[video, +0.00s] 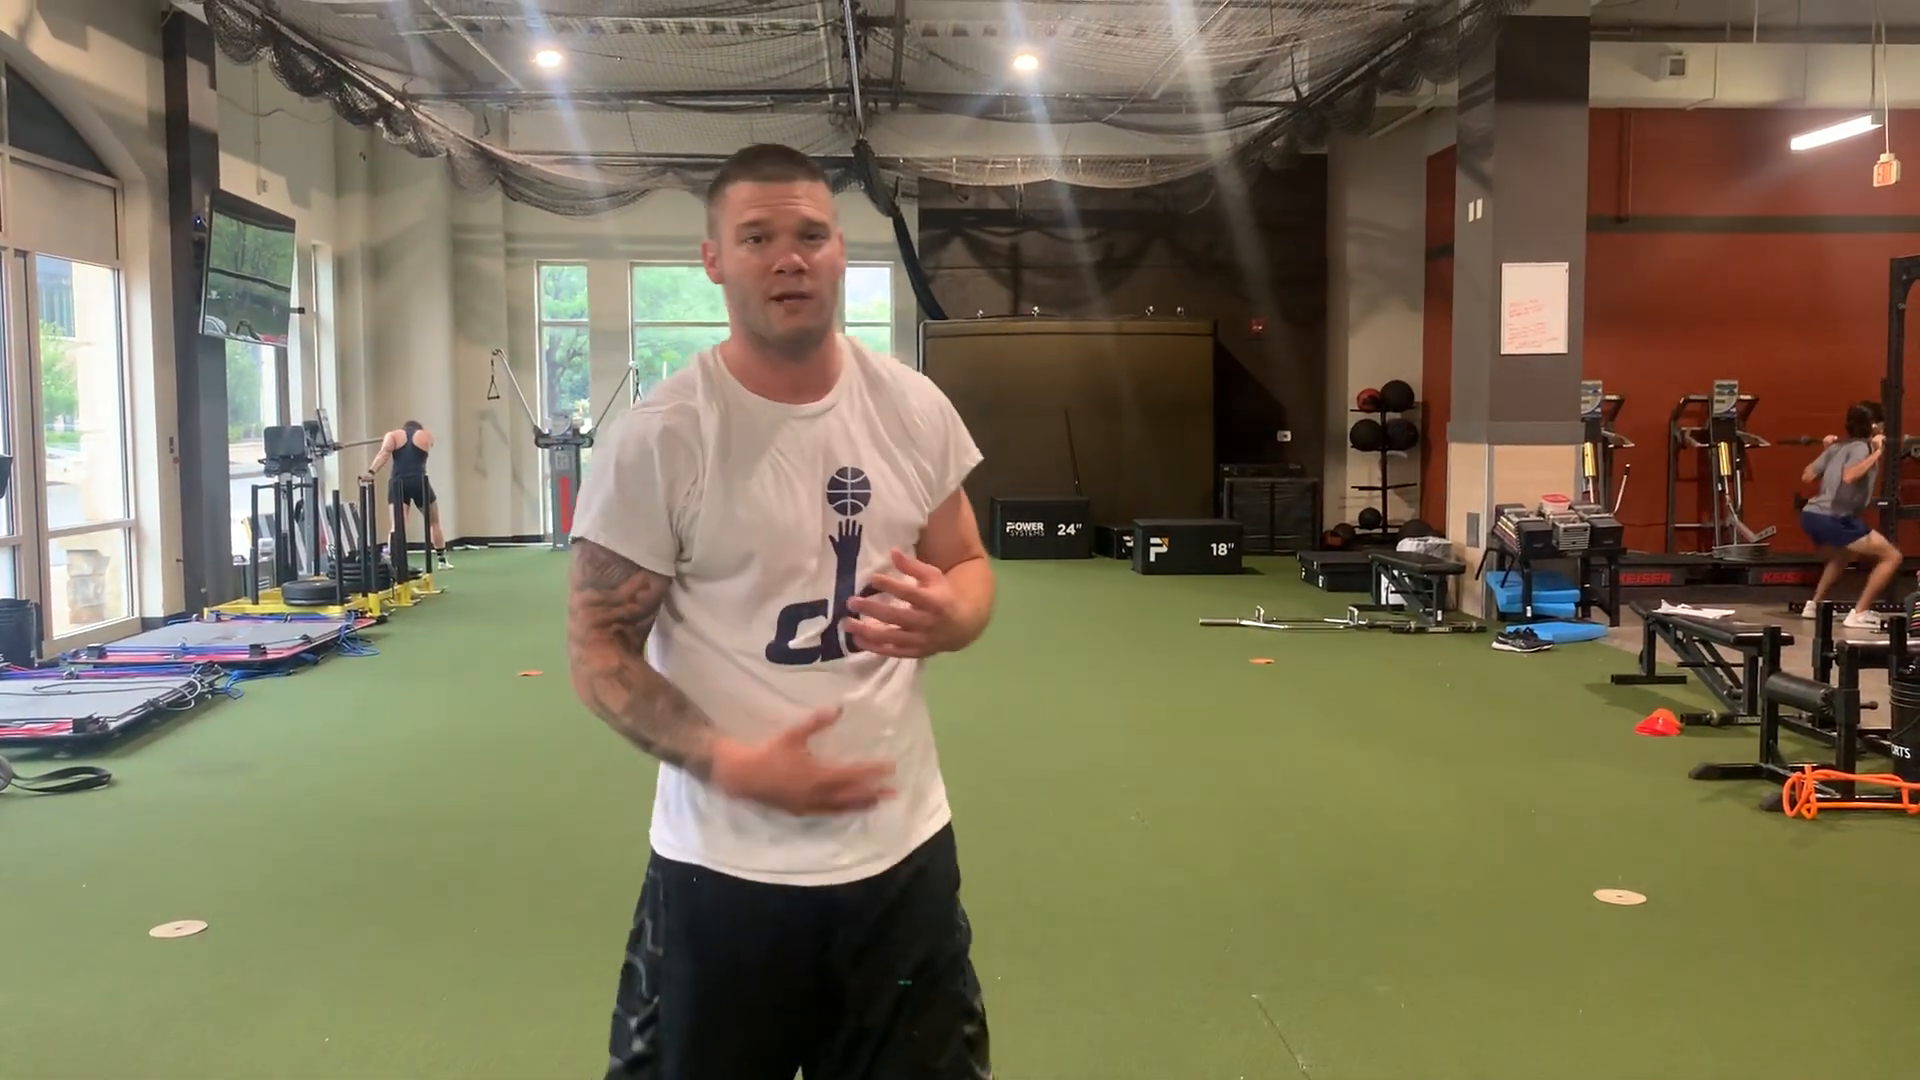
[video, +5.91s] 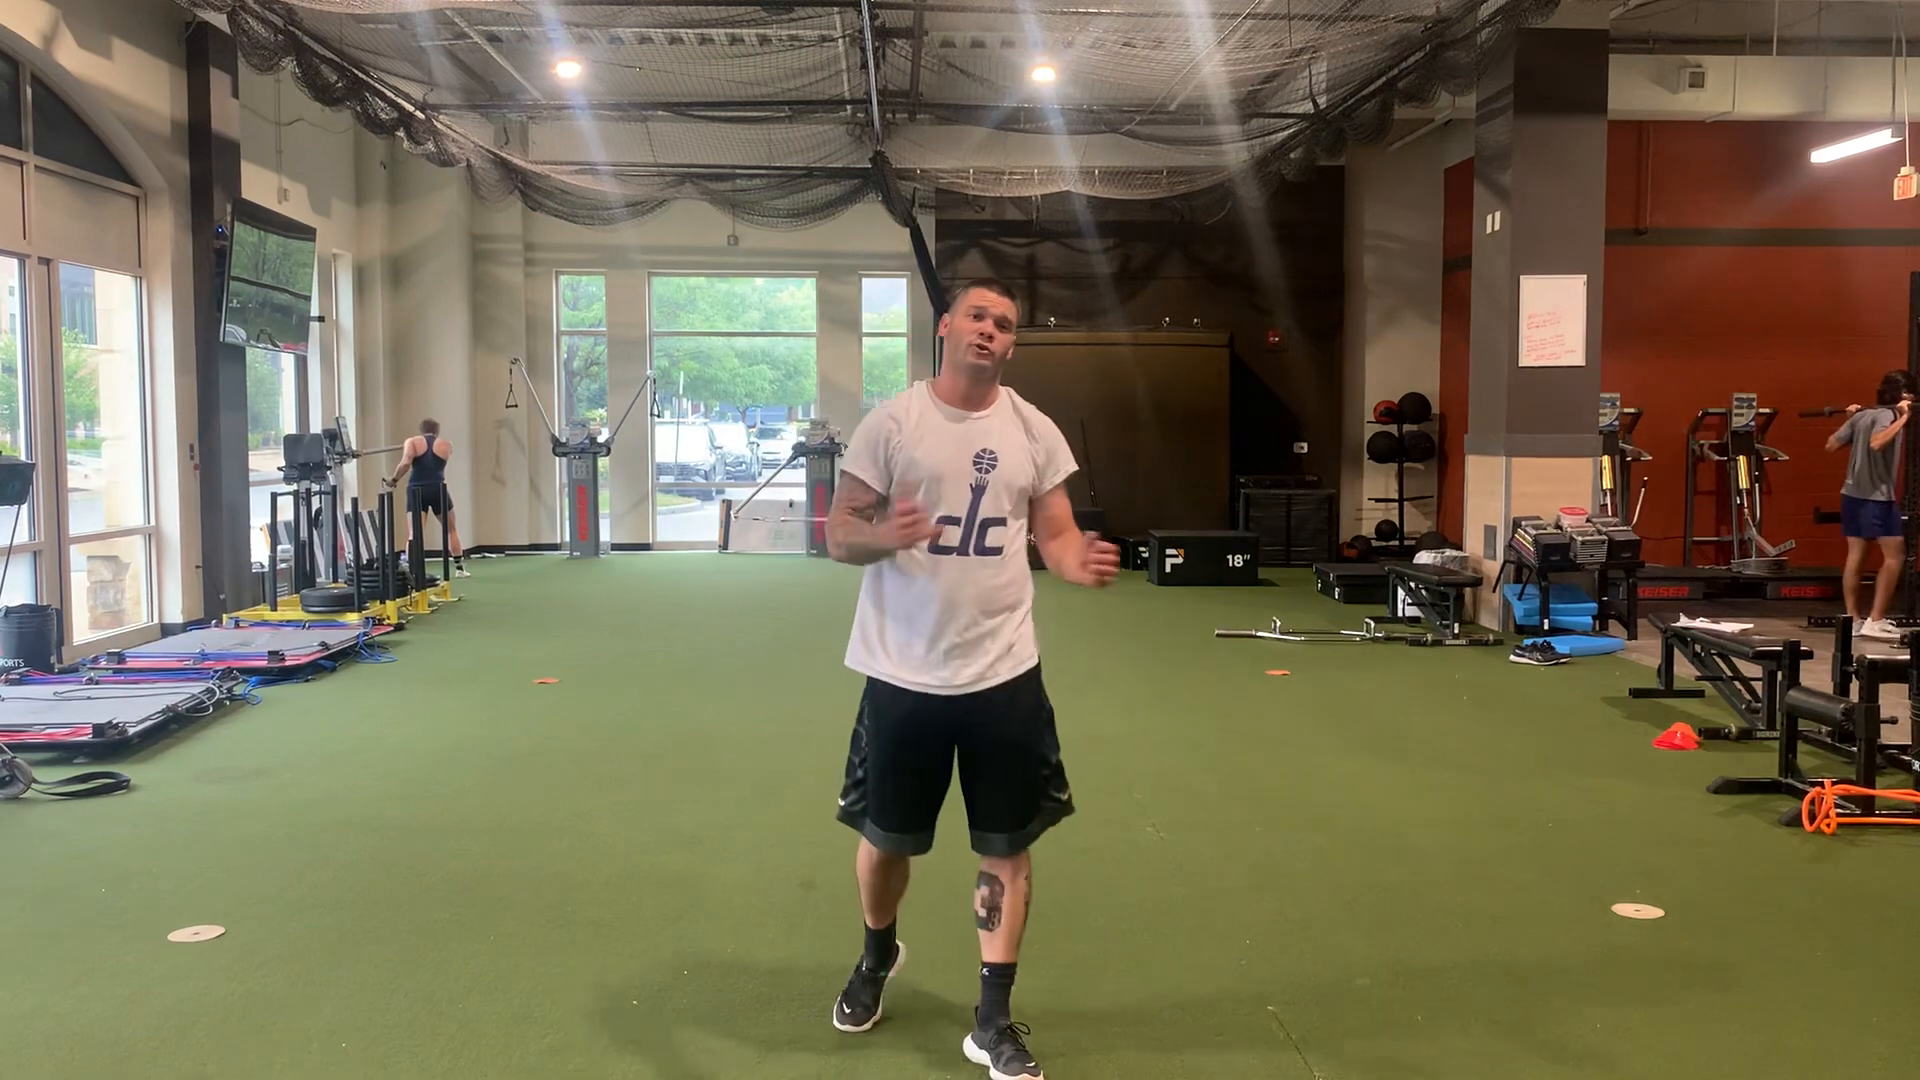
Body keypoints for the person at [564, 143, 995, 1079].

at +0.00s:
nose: (791, 257)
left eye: (812, 233)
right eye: (759, 236)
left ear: (842, 253)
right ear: (713, 263)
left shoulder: (910, 406)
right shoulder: (658, 435)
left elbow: (967, 565)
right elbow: (598, 651)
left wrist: (955, 618)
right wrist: (725, 759)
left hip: (900, 861)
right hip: (730, 873)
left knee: (927, 1065)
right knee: (698, 1067)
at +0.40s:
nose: (916, 247)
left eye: (943, 232)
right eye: (892, 225)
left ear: (975, 267)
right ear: (849, 252)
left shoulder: (1036, 427)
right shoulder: (766, 428)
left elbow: (1094, 603)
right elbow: (703, 617)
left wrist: (1043, 675)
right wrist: (702, 697)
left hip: (970, 865)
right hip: (791, 864)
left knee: (994, 1067)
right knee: (747, 1067)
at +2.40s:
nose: (840, 290)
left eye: (853, 274)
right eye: (813, 281)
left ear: (882, 297)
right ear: (784, 316)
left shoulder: (959, 426)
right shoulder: (751, 445)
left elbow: (1017, 563)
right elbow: (698, 612)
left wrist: (1066, 619)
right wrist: (827, 631)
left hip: (934, 777)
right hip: (797, 784)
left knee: (935, 1022)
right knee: (793, 1032)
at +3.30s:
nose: (855, 322)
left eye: (872, 317)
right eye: (840, 305)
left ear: (884, 343)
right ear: (802, 317)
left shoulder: (913, 445)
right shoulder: (736, 437)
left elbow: (945, 564)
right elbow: (683, 585)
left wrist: (923, 611)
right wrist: (746, 531)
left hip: (883, 728)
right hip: (762, 731)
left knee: (895, 946)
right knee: (755, 941)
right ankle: (760, 1068)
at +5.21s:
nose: (874, 348)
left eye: (887, 338)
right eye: (862, 335)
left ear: (904, 352)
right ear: (834, 346)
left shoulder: (946, 424)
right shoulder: (800, 443)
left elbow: (991, 521)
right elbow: (774, 549)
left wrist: (1011, 618)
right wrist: (822, 573)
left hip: (927, 659)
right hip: (839, 664)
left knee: (917, 825)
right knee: (846, 821)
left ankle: (894, 1004)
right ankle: (873, 968)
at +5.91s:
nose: (990, 332)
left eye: (1004, 325)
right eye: (978, 316)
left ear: (1013, 347)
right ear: (942, 326)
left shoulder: (1033, 432)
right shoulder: (888, 424)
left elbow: (1057, 536)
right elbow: (839, 537)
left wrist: (1076, 558)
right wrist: (885, 535)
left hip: (1002, 676)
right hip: (900, 675)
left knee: (1005, 847)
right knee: (885, 840)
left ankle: (992, 1020)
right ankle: (877, 954)